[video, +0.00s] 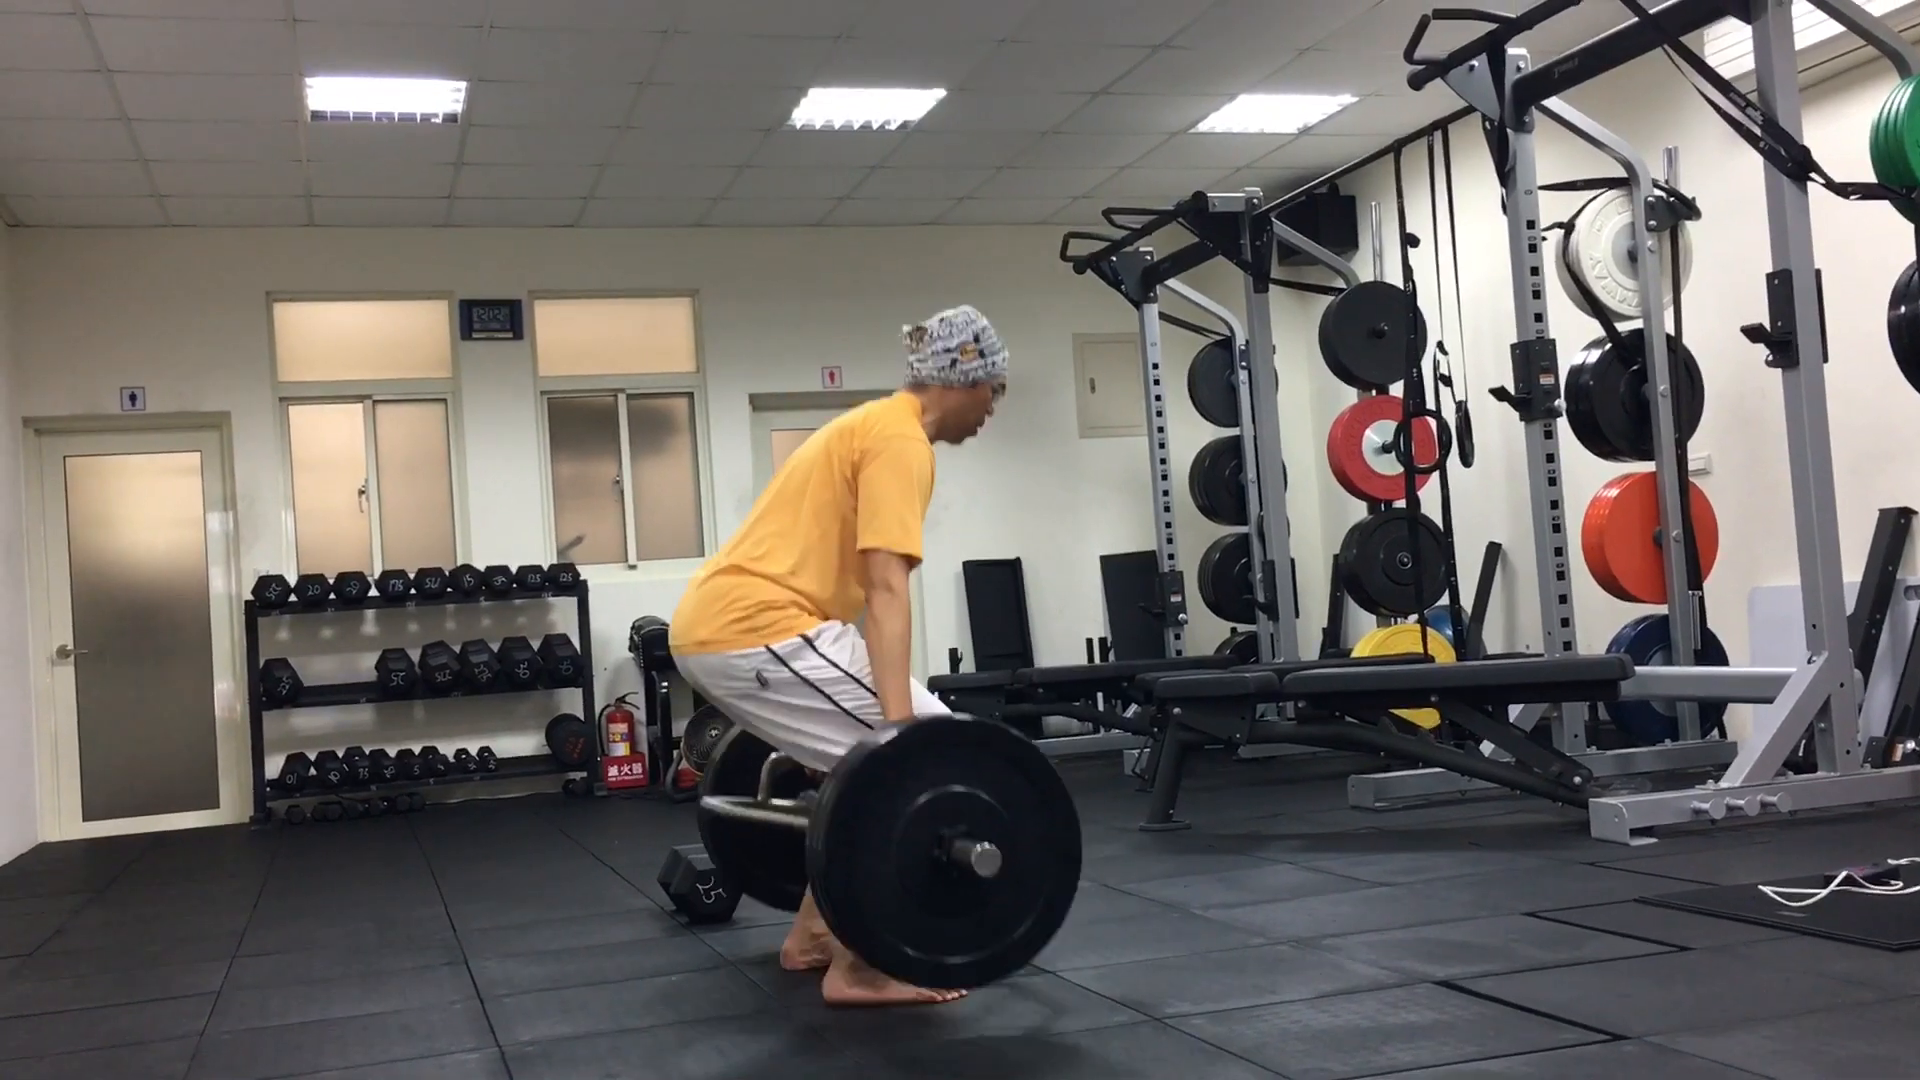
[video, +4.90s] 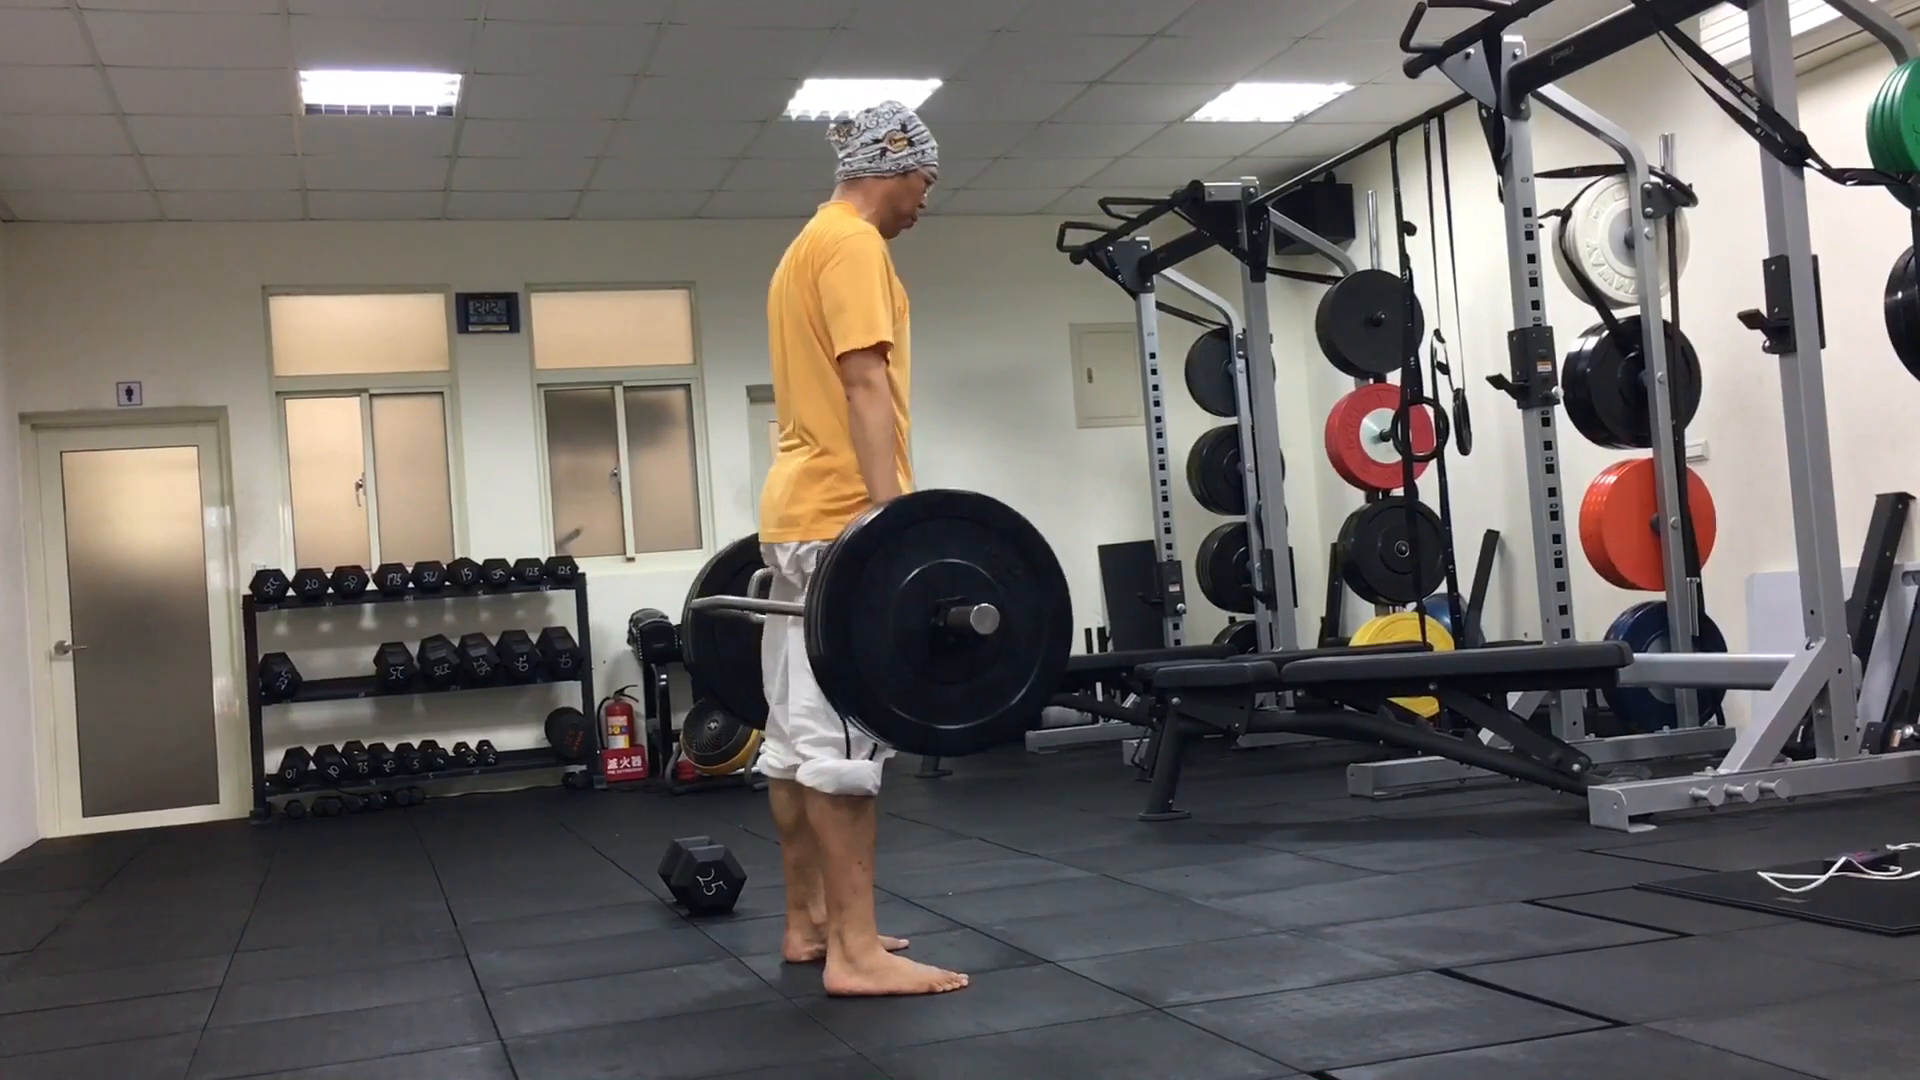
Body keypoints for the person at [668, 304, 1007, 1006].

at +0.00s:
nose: (991, 412)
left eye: (995, 396)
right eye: (991, 393)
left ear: (931, 379)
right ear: (958, 382)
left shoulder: (868, 427)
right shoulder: (898, 437)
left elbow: (860, 584)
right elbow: (885, 588)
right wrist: (898, 726)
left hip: (715, 623)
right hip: (754, 625)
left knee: (882, 744)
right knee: (918, 742)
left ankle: (813, 931)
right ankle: (862, 964)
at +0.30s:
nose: (970, 297)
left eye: (974, 279)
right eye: (970, 276)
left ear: (911, 258)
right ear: (940, 263)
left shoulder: (850, 321)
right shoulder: (880, 327)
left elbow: (839, 483)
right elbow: (869, 476)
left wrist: (863, 622)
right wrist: (881, 625)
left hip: (736, 548)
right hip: (772, 550)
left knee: (837, 729)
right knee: (880, 728)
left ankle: (812, 933)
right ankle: (857, 964)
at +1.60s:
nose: (980, 423)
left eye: (985, 408)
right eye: (980, 405)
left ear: (921, 390)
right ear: (946, 393)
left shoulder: (858, 438)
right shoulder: (887, 448)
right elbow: (883, 604)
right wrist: (904, 741)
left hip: (708, 640)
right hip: (749, 640)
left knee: (880, 755)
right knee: (936, 753)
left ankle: (807, 933)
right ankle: (852, 963)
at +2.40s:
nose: (981, 325)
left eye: (984, 306)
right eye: (981, 305)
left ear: (921, 291)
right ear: (950, 294)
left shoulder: (858, 349)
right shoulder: (890, 354)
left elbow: (843, 510)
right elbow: (885, 504)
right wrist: (901, 651)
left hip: (728, 563)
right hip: (767, 562)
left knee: (850, 727)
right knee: (896, 725)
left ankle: (809, 925)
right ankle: (856, 956)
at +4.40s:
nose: (984, 307)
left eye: (988, 291)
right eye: (985, 288)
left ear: (930, 269)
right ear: (957, 273)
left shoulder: (864, 326)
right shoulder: (896, 330)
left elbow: (848, 484)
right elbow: (889, 475)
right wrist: (907, 619)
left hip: (748, 550)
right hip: (793, 549)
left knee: (852, 728)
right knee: (898, 724)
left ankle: (816, 921)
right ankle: (863, 953)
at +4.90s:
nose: (927, 201)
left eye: (929, 186)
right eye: (925, 183)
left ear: (860, 171)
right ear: (893, 171)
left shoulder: (807, 248)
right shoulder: (849, 244)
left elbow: (804, 405)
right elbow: (863, 384)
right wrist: (896, 519)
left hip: (794, 521)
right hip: (842, 520)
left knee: (798, 731)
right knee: (843, 734)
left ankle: (809, 923)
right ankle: (857, 951)